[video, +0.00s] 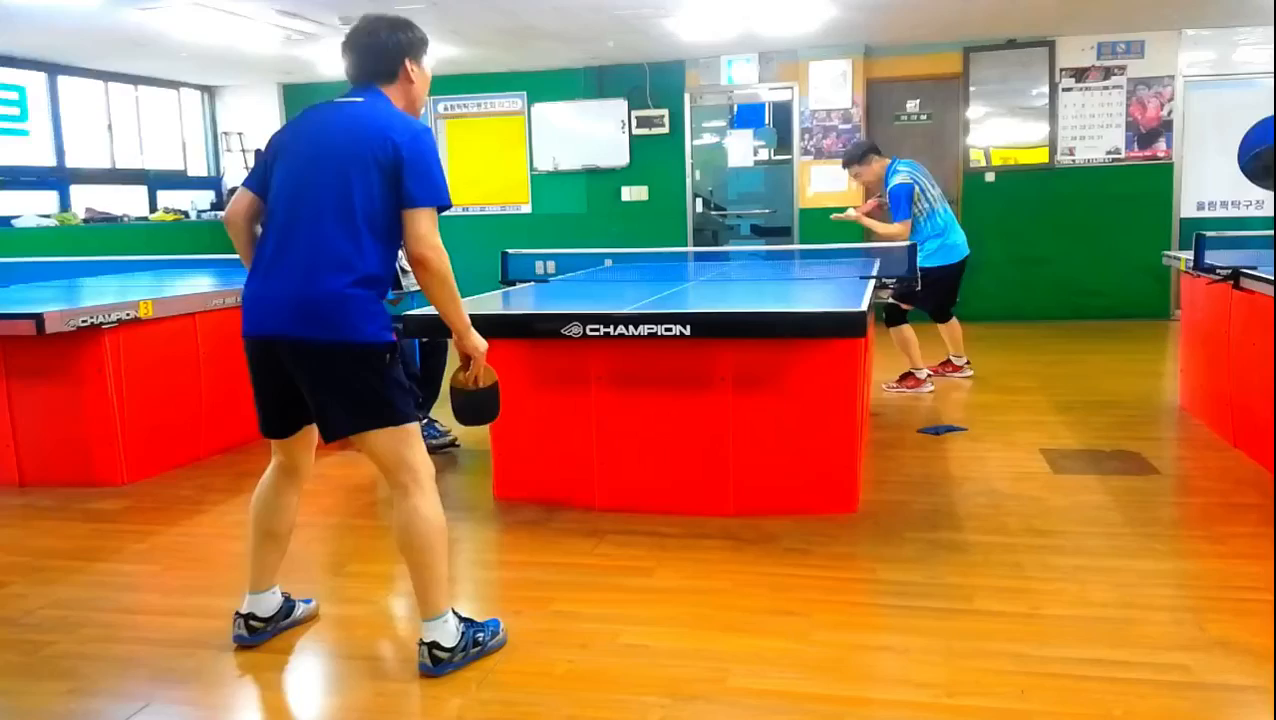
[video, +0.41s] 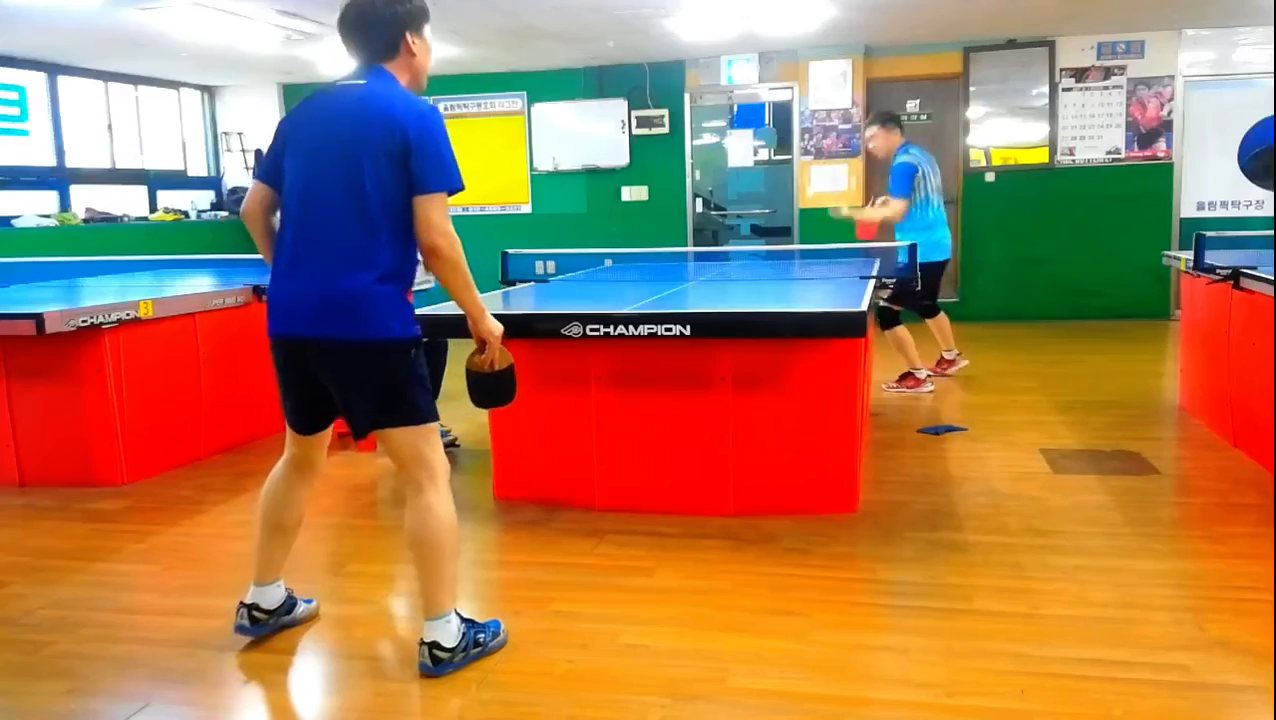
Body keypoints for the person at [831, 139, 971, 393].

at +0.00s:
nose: (860, 183)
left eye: (858, 176)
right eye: (855, 179)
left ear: (872, 162)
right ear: (875, 161)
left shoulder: (899, 183)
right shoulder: (907, 167)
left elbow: (901, 231)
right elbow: (917, 205)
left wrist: (862, 219)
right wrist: (884, 204)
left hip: (934, 257)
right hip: (953, 251)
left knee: (894, 312)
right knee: (939, 309)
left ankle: (918, 375)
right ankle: (959, 363)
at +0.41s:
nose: (869, 146)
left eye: (872, 138)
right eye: (867, 140)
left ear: (892, 133)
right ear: (896, 135)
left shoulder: (903, 163)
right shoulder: (920, 156)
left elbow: (896, 212)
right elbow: (922, 201)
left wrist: (853, 213)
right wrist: (890, 200)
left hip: (919, 251)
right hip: (937, 247)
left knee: (886, 312)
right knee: (925, 302)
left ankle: (918, 375)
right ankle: (951, 355)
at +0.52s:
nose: (879, 129)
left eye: (883, 122)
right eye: (878, 124)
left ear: (902, 121)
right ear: (907, 123)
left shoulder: (900, 149)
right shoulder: (929, 151)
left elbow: (874, 185)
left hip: (910, 243)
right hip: (931, 242)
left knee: (888, 308)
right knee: (920, 298)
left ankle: (917, 375)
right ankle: (944, 350)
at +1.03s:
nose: (897, 119)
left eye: (904, 114)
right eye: (900, 114)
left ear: (921, 120)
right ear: (927, 123)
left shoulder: (902, 144)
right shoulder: (941, 153)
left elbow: (883, 180)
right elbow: (944, 191)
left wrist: (860, 194)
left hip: (904, 238)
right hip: (928, 239)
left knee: (894, 307)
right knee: (919, 300)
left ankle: (918, 375)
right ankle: (946, 356)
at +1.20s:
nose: (884, 137)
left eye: (888, 130)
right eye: (885, 130)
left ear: (904, 131)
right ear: (914, 133)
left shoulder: (894, 155)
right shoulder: (937, 157)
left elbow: (883, 188)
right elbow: (960, 191)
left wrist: (866, 215)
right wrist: (932, 193)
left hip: (909, 245)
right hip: (936, 245)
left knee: (886, 312)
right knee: (917, 303)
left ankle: (917, 375)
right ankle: (946, 357)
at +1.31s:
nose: (874, 159)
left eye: (875, 151)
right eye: (873, 152)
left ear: (892, 144)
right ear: (902, 145)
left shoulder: (891, 166)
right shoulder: (930, 162)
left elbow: (887, 198)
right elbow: (955, 192)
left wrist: (880, 230)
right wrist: (928, 208)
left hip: (914, 253)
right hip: (939, 252)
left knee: (881, 313)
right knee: (912, 305)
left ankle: (916, 374)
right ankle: (946, 356)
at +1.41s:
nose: (861, 181)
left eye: (862, 173)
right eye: (857, 177)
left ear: (880, 163)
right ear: (882, 165)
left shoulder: (896, 181)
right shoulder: (905, 177)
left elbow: (919, 210)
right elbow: (906, 213)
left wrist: (905, 245)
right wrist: (877, 218)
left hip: (929, 261)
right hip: (938, 260)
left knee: (883, 318)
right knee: (907, 314)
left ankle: (917, 375)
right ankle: (947, 358)